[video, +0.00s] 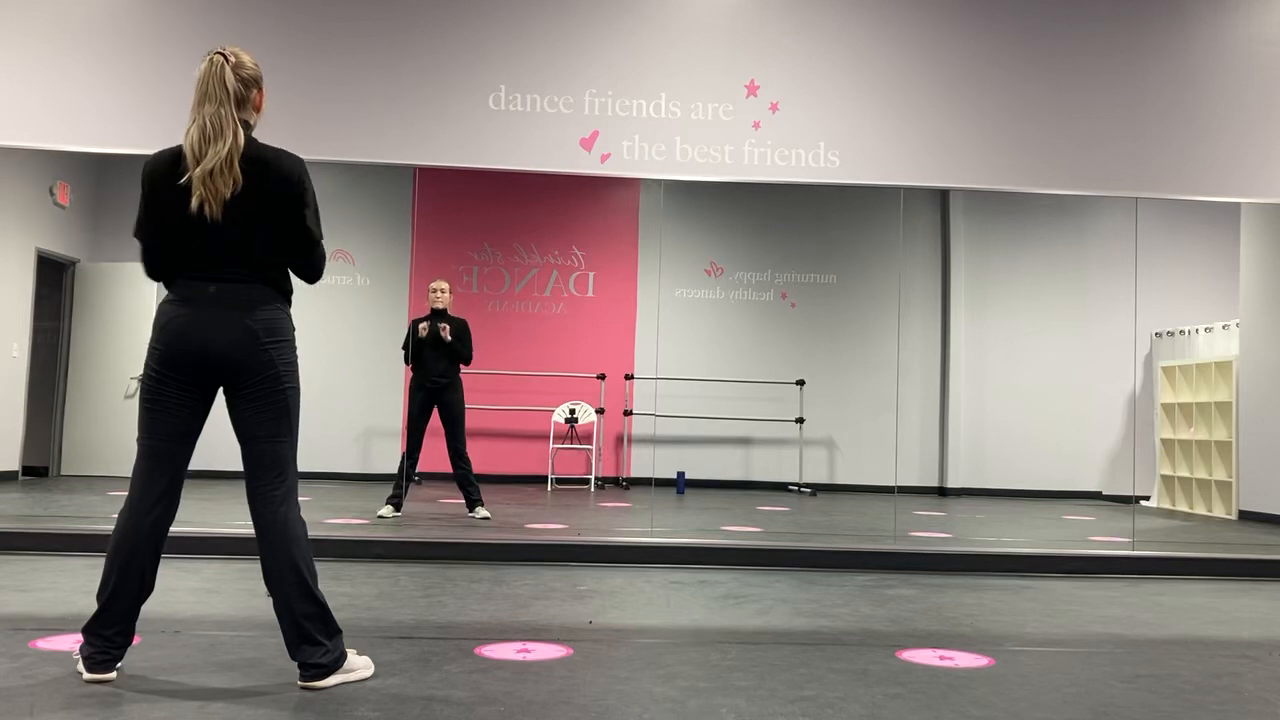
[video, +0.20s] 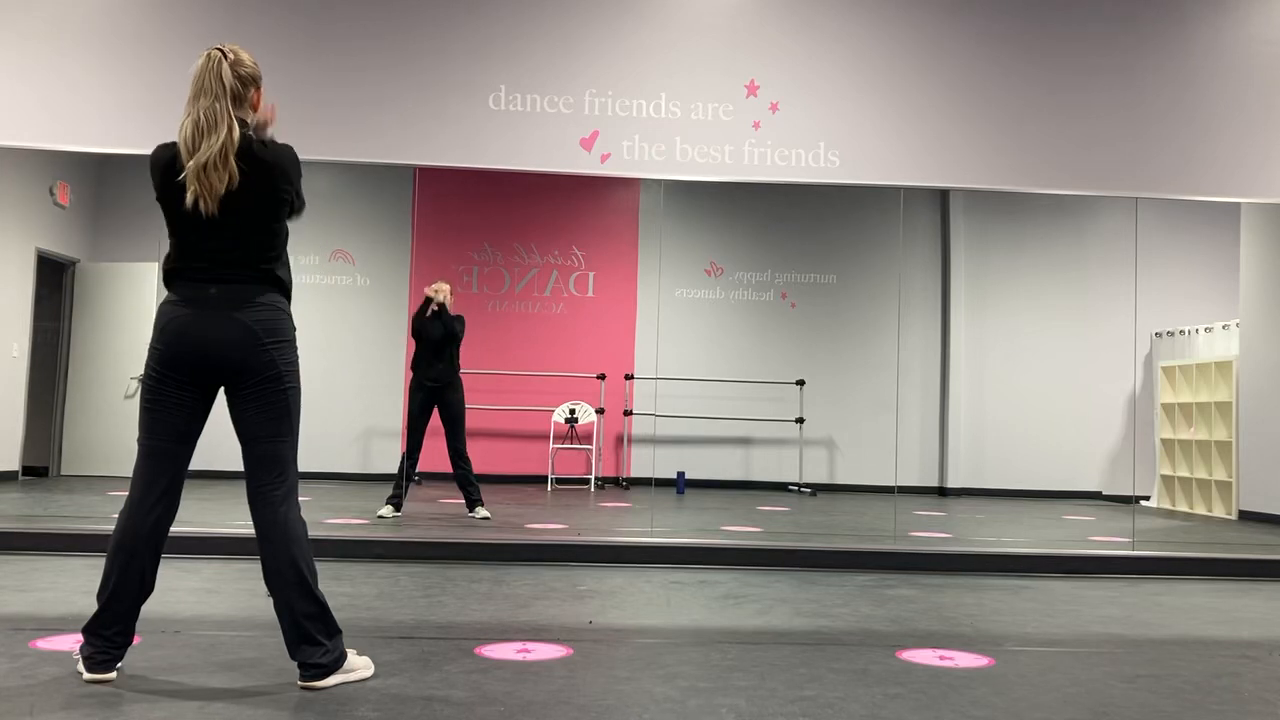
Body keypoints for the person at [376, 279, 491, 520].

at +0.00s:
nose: (438, 294)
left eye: (442, 291)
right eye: (434, 291)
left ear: (450, 297)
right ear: (427, 297)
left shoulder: (459, 324)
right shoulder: (417, 325)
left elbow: (467, 359)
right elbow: (408, 358)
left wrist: (449, 339)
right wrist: (419, 338)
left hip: (450, 390)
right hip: (421, 390)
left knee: (458, 448)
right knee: (412, 448)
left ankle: (475, 504)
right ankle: (394, 503)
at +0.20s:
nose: (438, 296)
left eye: (444, 292)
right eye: (435, 292)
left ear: (451, 299)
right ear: (430, 296)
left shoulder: (457, 320)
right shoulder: (421, 318)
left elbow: (456, 335)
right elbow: (417, 331)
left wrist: (443, 307)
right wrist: (427, 302)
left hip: (450, 387)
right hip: (421, 386)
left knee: (458, 448)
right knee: (412, 448)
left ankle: (475, 504)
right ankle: (394, 503)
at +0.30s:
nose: (437, 296)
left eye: (441, 293)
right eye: (433, 293)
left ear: (448, 298)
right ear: (428, 299)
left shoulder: (455, 322)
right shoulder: (421, 321)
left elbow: (454, 300)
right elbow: (416, 295)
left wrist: (444, 276)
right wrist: (428, 273)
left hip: (450, 388)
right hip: (421, 387)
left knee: (458, 448)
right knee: (412, 448)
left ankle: (475, 505)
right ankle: (394, 503)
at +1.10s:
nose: (437, 292)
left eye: (442, 289)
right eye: (433, 289)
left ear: (450, 296)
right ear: (428, 295)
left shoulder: (457, 316)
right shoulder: (419, 316)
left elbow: (469, 287)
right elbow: (408, 284)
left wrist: (480, 255)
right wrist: (400, 252)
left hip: (450, 387)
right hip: (421, 387)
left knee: (458, 447)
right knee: (412, 447)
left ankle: (475, 505)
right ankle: (394, 503)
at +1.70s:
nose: (438, 293)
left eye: (443, 291)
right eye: (434, 291)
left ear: (450, 298)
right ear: (428, 297)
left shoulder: (459, 320)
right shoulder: (417, 320)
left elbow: (488, 301)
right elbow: (389, 301)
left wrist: (515, 282)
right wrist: (363, 279)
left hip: (450, 389)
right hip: (421, 389)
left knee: (458, 449)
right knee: (412, 448)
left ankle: (475, 505)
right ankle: (394, 504)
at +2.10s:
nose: (437, 296)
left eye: (442, 293)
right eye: (433, 293)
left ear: (450, 299)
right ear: (428, 298)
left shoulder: (459, 324)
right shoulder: (415, 324)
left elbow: (493, 321)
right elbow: (382, 320)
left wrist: (526, 317)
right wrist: (349, 314)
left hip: (450, 391)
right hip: (421, 390)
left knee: (458, 449)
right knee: (412, 449)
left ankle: (475, 506)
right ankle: (394, 504)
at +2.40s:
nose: (437, 298)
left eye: (441, 294)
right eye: (433, 294)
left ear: (449, 299)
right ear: (428, 298)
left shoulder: (459, 325)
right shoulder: (416, 327)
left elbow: (488, 336)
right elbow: (385, 341)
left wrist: (521, 346)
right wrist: (352, 350)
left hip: (450, 391)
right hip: (421, 391)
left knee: (458, 449)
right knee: (412, 449)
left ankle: (475, 505)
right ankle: (394, 504)